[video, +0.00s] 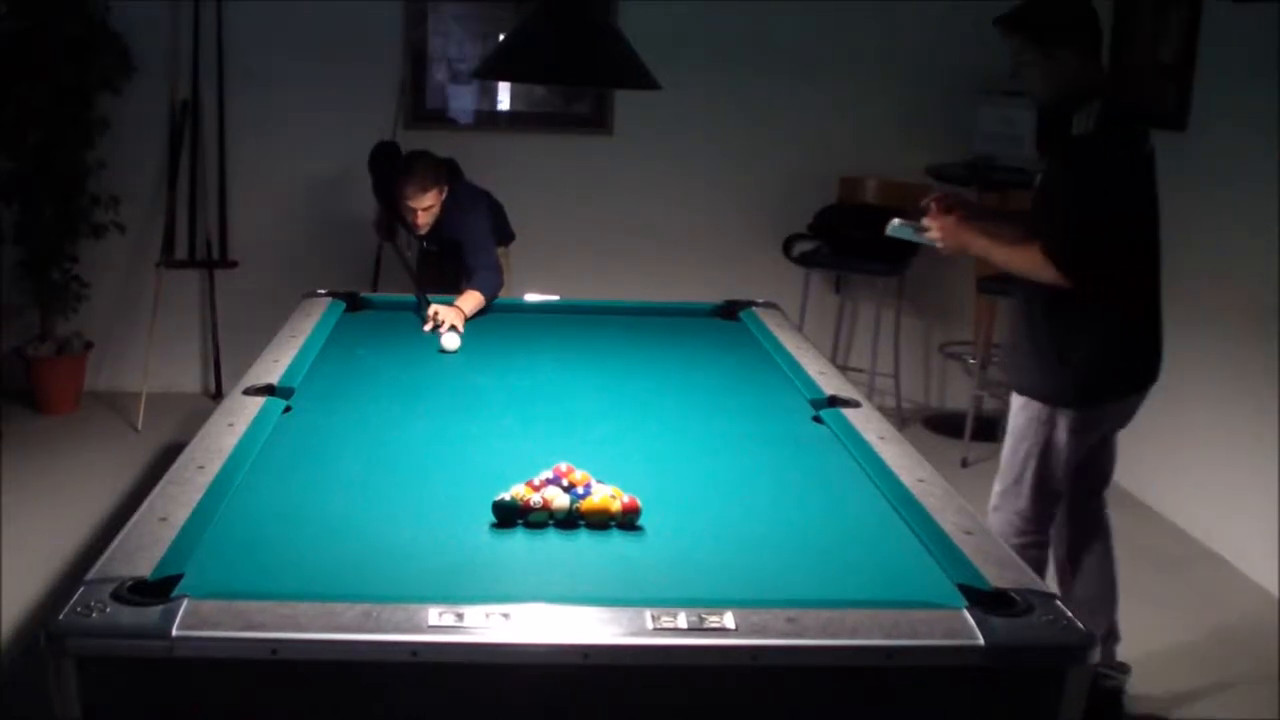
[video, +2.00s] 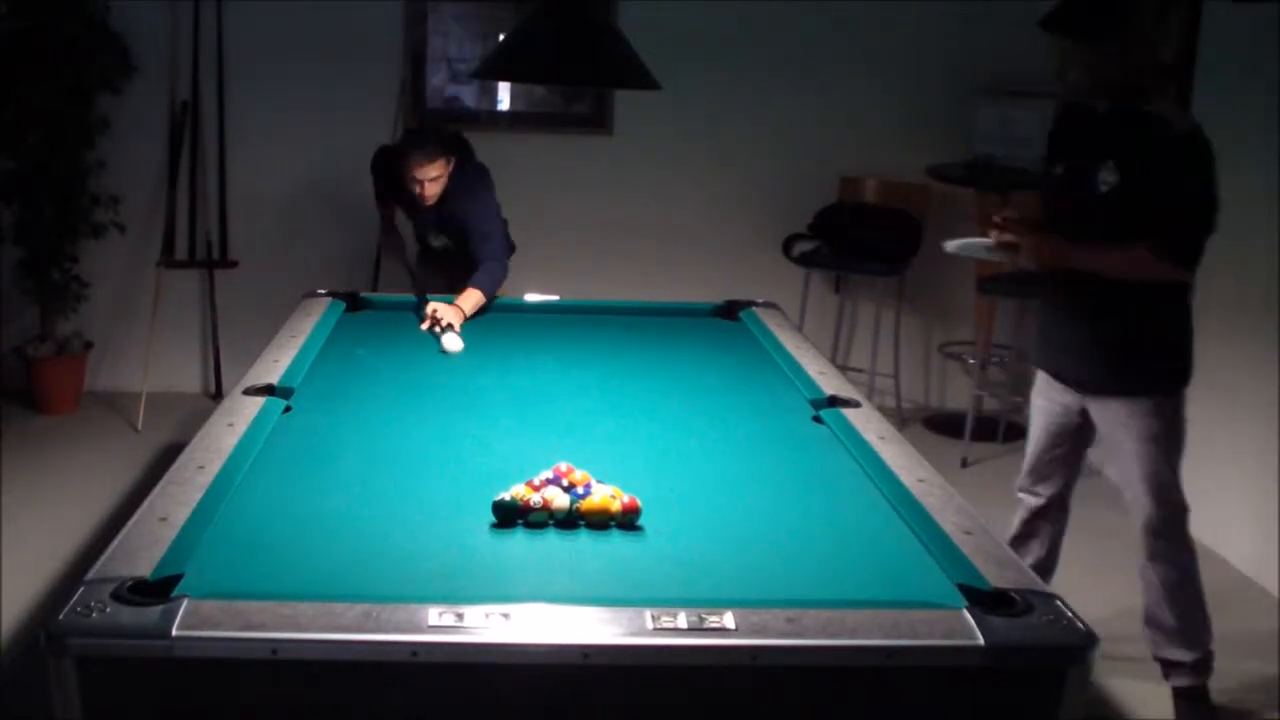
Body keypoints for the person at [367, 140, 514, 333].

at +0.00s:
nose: (419, 219)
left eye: (428, 209)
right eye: (411, 210)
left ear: (443, 194)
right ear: (399, 202)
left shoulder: (468, 210)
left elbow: (490, 275)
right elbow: (383, 150)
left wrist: (460, 310)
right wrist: (387, 212)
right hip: (434, 246)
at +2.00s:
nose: (425, 191)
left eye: (435, 180)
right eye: (417, 181)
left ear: (450, 166)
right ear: (404, 171)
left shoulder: (472, 183)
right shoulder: (391, 166)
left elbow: (495, 260)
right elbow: (380, 162)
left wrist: (460, 309)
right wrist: (388, 228)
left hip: (474, 261)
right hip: (432, 257)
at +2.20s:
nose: (445, 162)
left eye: (456, 151)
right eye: (437, 150)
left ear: (472, 143)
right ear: (424, 142)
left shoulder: (490, 172)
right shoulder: (408, 153)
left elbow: (503, 257)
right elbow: (394, 172)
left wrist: (466, 307)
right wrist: (408, 227)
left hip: (481, 259)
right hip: (435, 253)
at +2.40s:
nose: (449, 133)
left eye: (461, 124)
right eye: (443, 122)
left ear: (478, 124)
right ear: (431, 118)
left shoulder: (492, 159)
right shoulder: (418, 141)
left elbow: (497, 244)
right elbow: (404, 172)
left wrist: (465, 304)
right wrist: (410, 219)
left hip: (489, 256)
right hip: (444, 251)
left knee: (490, 337)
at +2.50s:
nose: (444, 112)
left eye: (455, 103)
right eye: (438, 102)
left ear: (475, 105)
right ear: (429, 102)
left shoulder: (488, 147)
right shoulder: (423, 134)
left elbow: (489, 233)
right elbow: (415, 178)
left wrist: (457, 295)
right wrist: (411, 225)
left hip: (494, 252)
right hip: (450, 245)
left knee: (486, 339)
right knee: (444, 333)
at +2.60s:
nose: (435, 93)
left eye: (445, 84)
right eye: (431, 83)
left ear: (465, 86)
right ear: (423, 85)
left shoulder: (482, 132)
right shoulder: (428, 123)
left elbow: (490, 223)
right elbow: (426, 175)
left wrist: (440, 269)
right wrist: (413, 224)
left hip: (493, 256)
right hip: (449, 247)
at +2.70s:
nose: (418, 80)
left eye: (427, 70)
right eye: (418, 69)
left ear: (448, 70)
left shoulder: (475, 115)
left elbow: (485, 214)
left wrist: (420, 235)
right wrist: (420, 233)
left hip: (486, 245)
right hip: (456, 240)